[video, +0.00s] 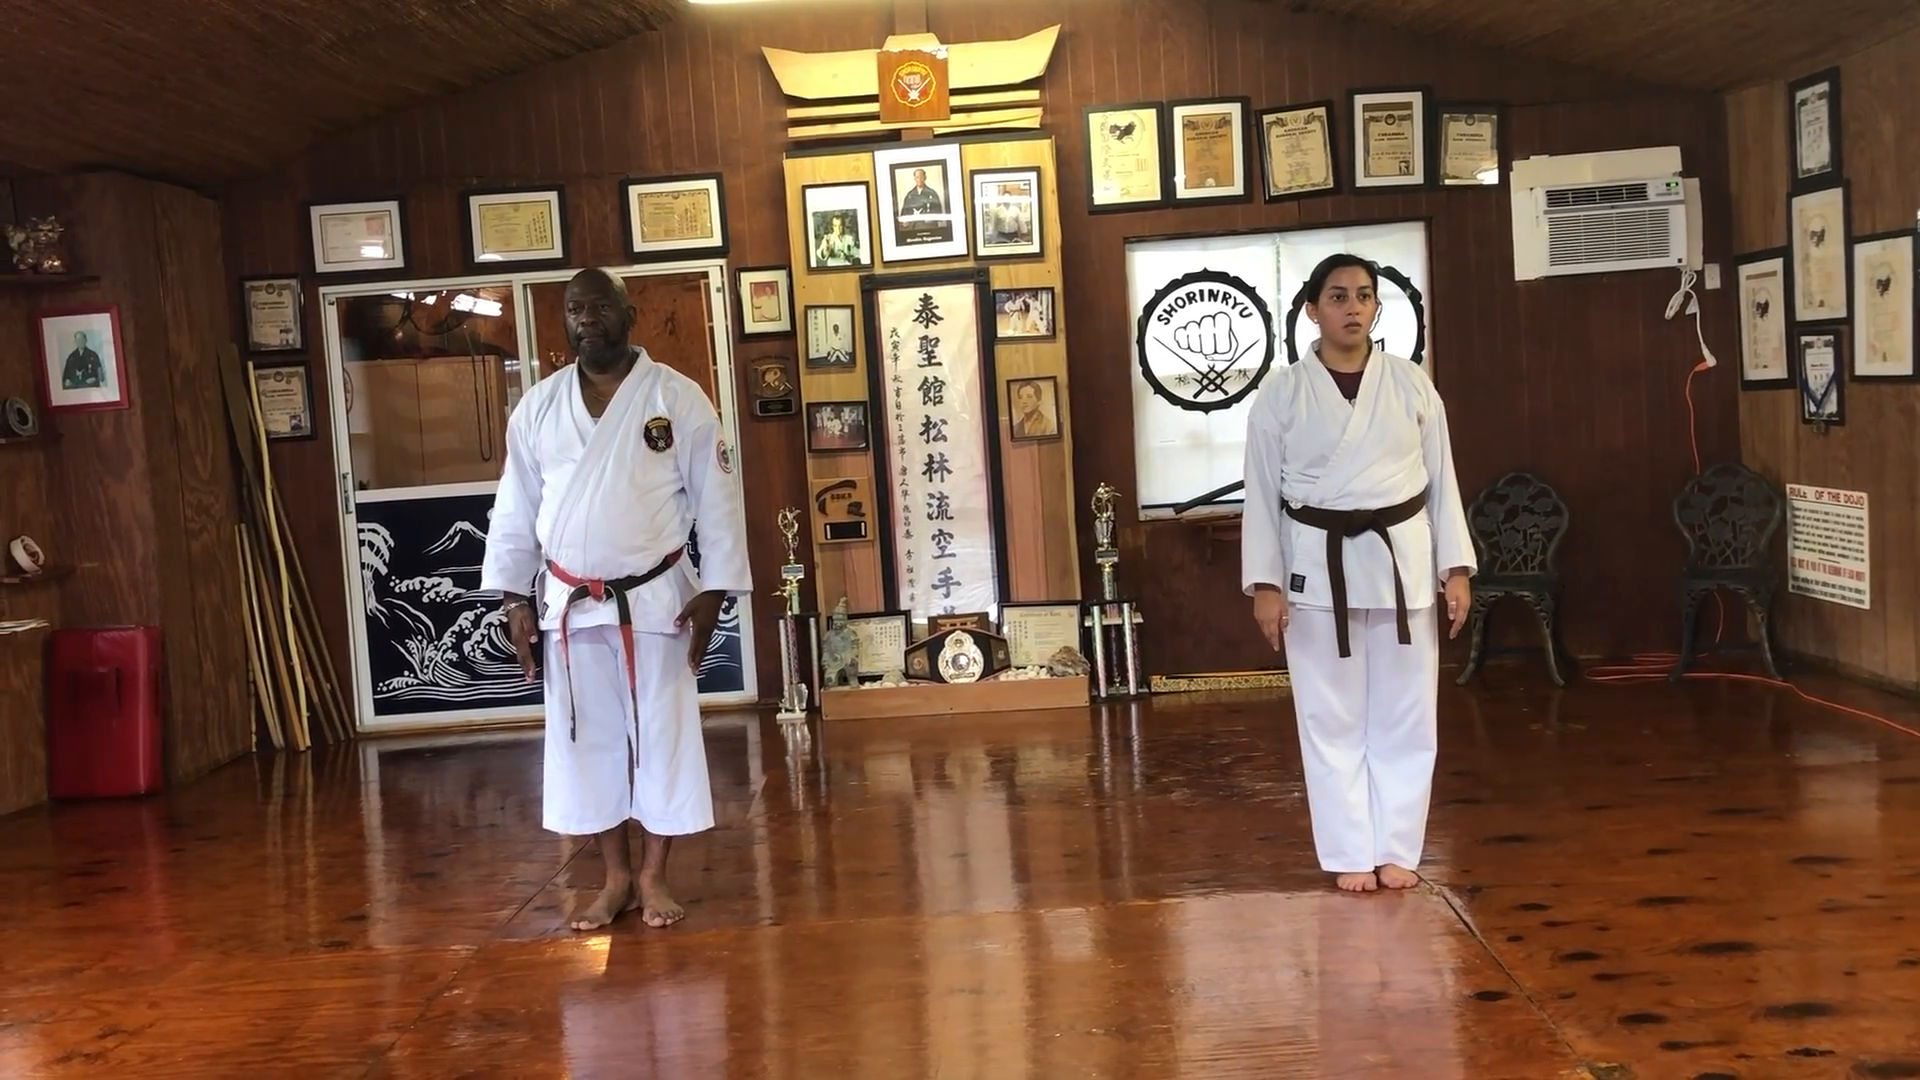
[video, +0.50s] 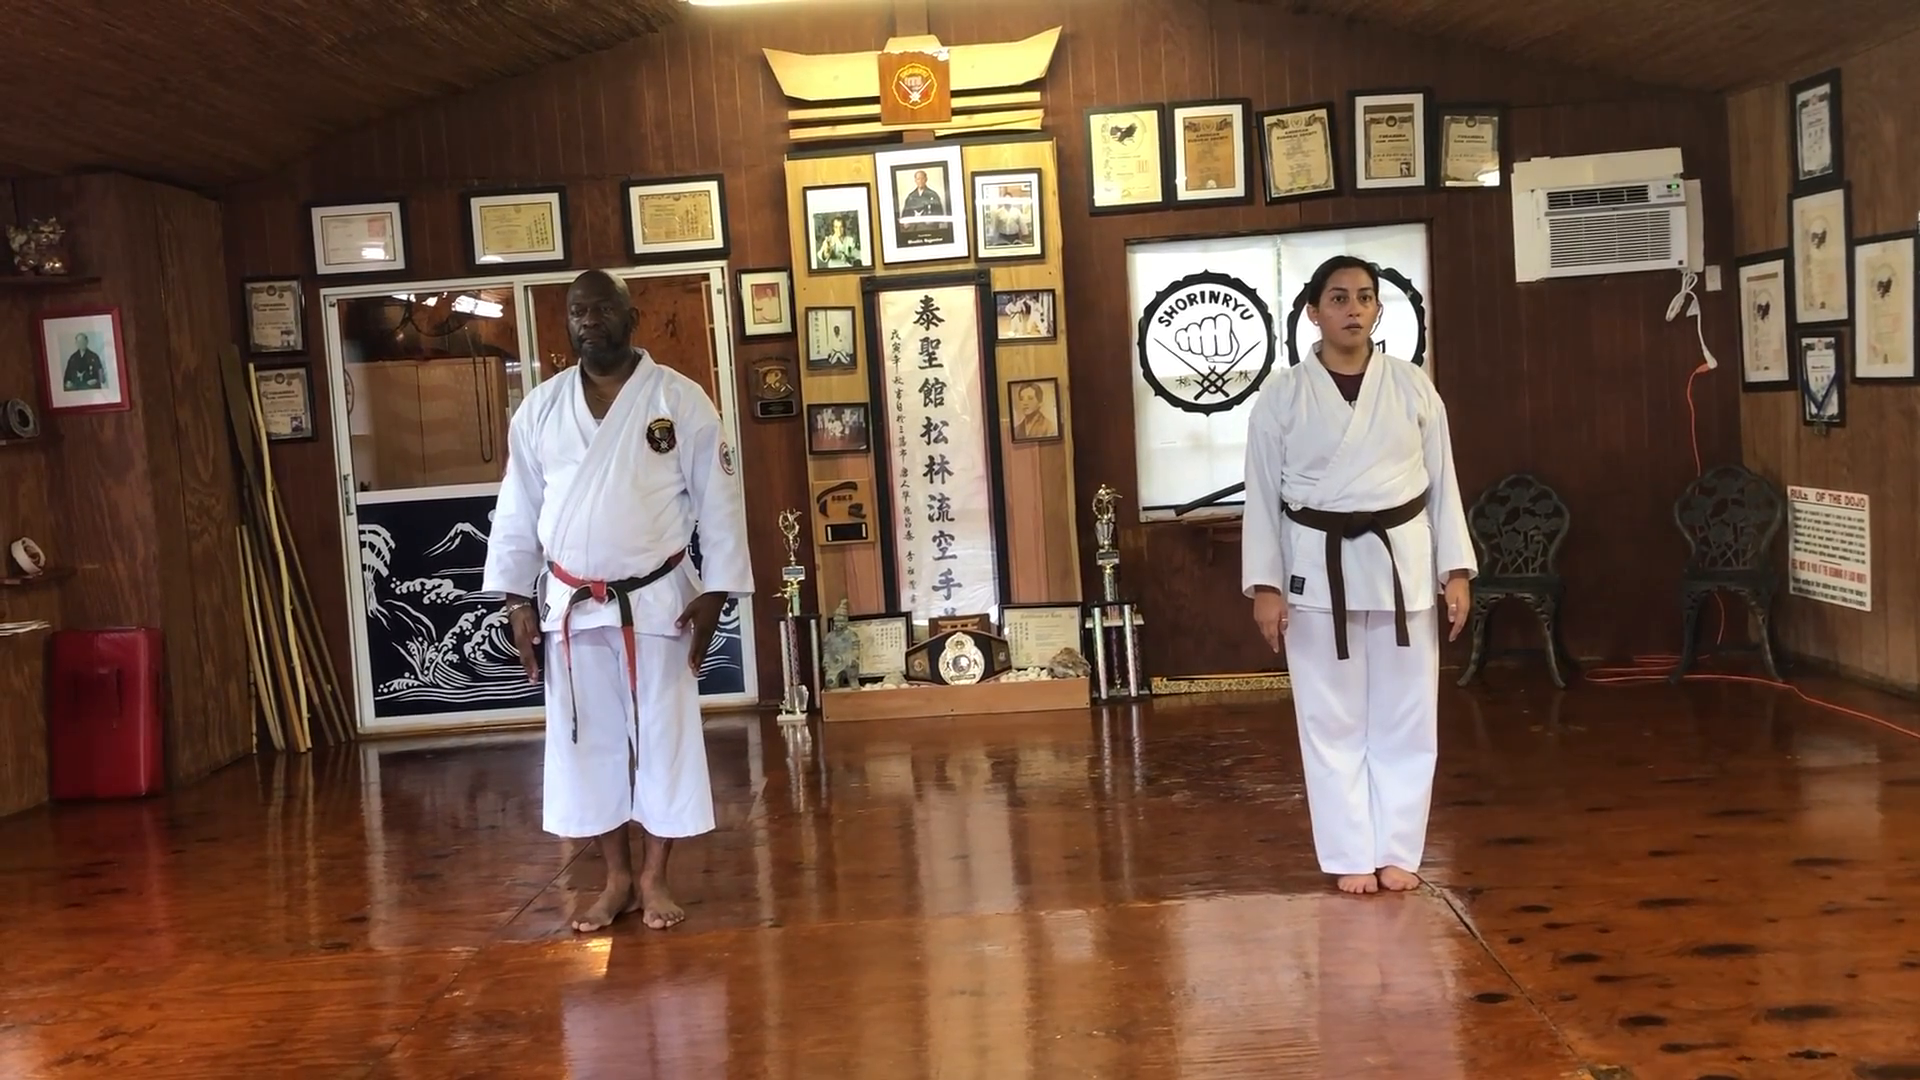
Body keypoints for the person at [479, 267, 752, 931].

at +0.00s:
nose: (587, 321)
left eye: (600, 309)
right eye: (577, 311)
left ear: (629, 317)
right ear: (563, 325)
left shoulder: (678, 398)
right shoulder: (536, 407)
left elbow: (717, 499)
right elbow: (516, 506)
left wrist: (716, 591)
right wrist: (513, 598)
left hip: (655, 591)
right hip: (570, 597)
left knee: (659, 733)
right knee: (588, 734)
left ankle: (651, 876)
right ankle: (615, 878)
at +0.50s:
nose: (590, 322)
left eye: (602, 311)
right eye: (579, 314)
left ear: (632, 318)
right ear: (566, 327)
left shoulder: (680, 400)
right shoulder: (538, 410)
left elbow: (719, 501)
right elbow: (518, 509)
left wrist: (717, 593)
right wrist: (516, 601)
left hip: (657, 593)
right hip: (572, 598)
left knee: (661, 736)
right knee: (588, 736)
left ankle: (652, 878)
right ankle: (616, 879)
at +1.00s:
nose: (560, 392)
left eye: (572, 379)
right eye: (550, 380)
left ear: (605, 367)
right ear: (540, 376)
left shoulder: (666, 420)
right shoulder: (522, 430)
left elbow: (716, 510)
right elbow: (514, 528)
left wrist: (707, 600)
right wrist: (532, 616)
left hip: (662, 608)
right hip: (577, 614)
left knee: (665, 745)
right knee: (592, 746)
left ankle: (651, 882)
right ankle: (613, 884)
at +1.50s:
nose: (560, 435)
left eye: (573, 420)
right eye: (547, 423)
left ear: (602, 401)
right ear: (532, 417)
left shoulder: (661, 441)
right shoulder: (515, 456)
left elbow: (719, 519)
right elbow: (513, 545)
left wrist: (704, 610)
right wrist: (535, 625)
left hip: (659, 619)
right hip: (577, 624)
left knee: (663, 750)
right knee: (590, 751)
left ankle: (649, 883)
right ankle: (612, 885)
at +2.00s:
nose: (566, 340)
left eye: (577, 325)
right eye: (555, 330)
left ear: (610, 325)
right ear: (545, 337)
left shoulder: (667, 401)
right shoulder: (523, 414)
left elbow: (710, 502)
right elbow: (512, 514)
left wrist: (705, 594)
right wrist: (525, 604)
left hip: (655, 595)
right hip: (569, 603)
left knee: (660, 737)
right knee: (588, 738)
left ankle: (650, 880)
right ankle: (613, 882)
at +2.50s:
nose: (583, 322)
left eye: (594, 309)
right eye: (571, 314)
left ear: (624, 317)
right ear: (557, 329)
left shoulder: (674, 399)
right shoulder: (531, 411)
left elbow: (712, 502)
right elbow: (514, 510)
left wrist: (703, 592)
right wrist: (524, 601)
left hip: (653, 591)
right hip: (570, 598)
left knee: (658, 734)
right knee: (590, 735)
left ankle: (652, 880)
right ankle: (616, 880)